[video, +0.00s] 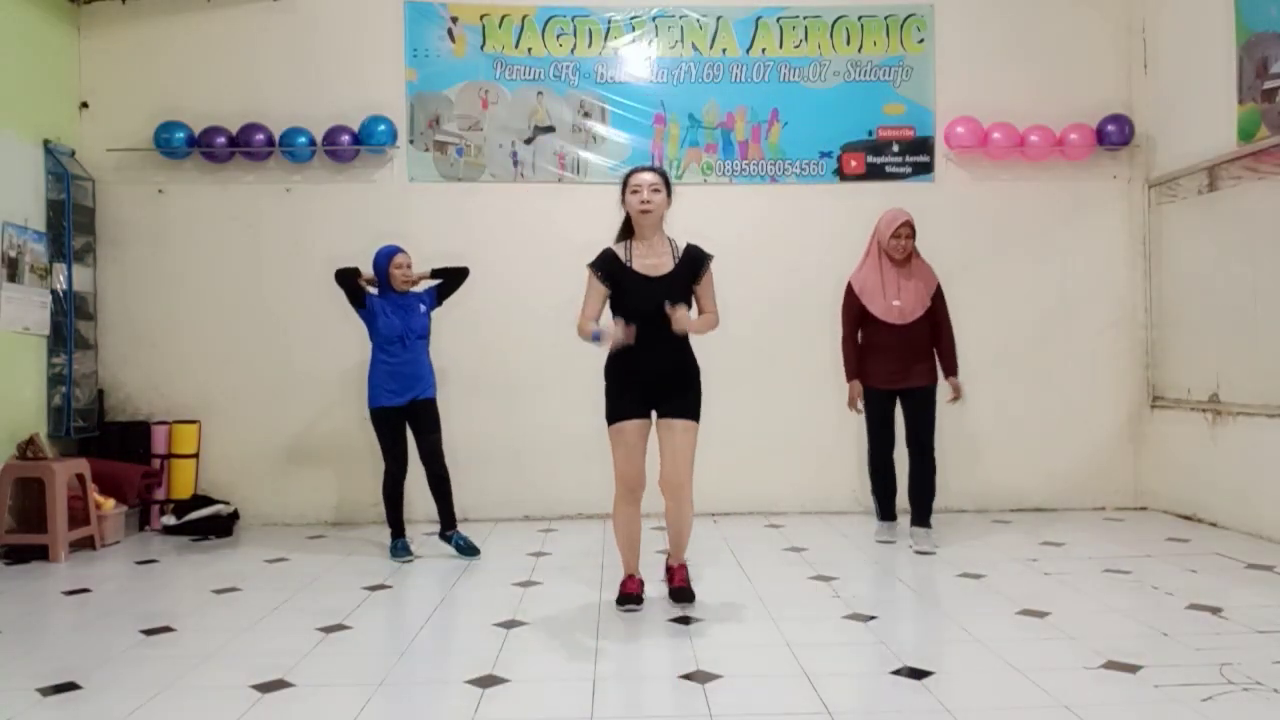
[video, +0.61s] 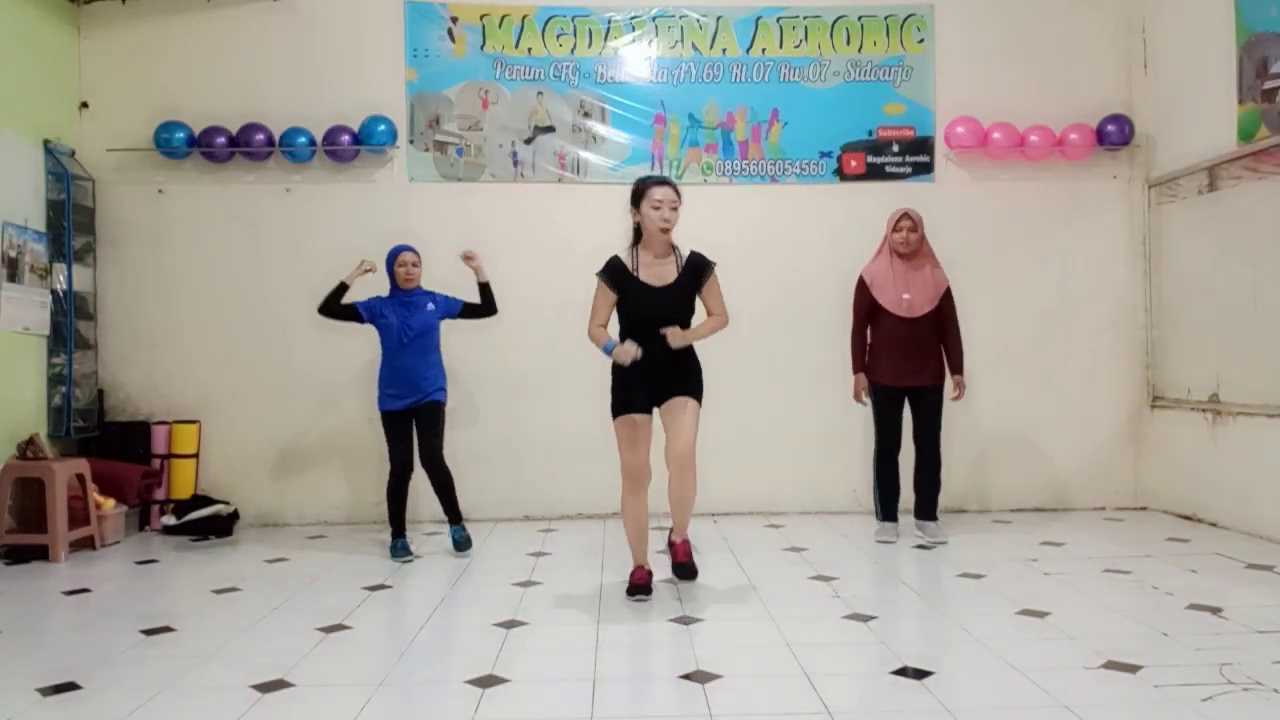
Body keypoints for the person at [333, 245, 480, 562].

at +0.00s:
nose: (407, 272)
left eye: (409, 266)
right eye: (399, 267)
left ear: (413, 272)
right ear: (384, 274)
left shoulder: (423, 301)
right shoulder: (371, 305)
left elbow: (461, 273)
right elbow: (343, 275)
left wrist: (423, 275)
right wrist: (364, 278)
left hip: (421, 394)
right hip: (385, 398)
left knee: (435, 461)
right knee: (396, 466)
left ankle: (449, 529)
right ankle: (398, 537)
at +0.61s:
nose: (409, 269)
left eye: (414, 265)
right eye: (402, 265)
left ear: (421, 270)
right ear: (391, 272)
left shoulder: (434, 302)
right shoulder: (380, 306)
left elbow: (488, 309)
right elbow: (327, 309)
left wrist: (479, 271)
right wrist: (351, 278)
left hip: (430, 393)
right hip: (394, 397)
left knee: (432, 459)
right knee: (400, 467)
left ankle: (457, 526)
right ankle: (398, 538)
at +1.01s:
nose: (431, 270)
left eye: (437, 265)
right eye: (424, 264)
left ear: (445, 271)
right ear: (415, 270)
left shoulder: (458, 304)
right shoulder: (403, 308)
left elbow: (488, 345)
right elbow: (391, 353)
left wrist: (505, 333)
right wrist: (391, 373)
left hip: (455, 394)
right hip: (419, 394)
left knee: (457, 461)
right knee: (431, 451)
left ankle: (459, 533)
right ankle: (415, 525)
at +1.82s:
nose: (447, 275)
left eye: (453, 269)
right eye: (441, 269)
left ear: (462, 272)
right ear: (432, 273)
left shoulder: (476, 304)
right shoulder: (421, 307)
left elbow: (494, 354)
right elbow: (407, 349)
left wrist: (485, 386)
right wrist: (417, 361)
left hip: (470, 392)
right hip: (436, 390)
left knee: (466, 459)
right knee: (444, 446)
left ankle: (466, 529)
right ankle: (441, 508)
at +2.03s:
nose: (452, 279)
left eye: (457, 273)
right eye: (446, 273)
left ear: (466, 275)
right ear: (436, 275)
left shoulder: (479, 306)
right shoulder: (423, 309)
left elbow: (495, 347)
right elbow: (409, 359)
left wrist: (497, 374)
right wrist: (434, 350)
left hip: (471, 393)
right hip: (435, 396)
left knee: (469, 456)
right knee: (440, 462)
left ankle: (469, 517)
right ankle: (439, 532)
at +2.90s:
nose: (465, 277)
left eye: (471, 272)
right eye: (460, 272)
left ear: (480, 274)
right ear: (451, 276)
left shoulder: (493, 302)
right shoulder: (440, 304)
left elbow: (492, 335)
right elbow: (437, 340)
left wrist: (473, 298)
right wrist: (455, 299)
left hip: (483, 394)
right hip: (450, 395)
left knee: (481, 457)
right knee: (456, 460)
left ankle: (485, 518)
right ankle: (459, 526)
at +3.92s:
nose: (473, 270)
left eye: (479, 267)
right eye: (467, 267)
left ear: (487, 274)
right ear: (458, 274)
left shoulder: (498, 303)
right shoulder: (453, 305)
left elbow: (502, 309)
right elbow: (438, 316)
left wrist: (472, 287)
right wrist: (444, 304)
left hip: (491, 392)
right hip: (458, 391)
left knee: (488, 457)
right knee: (461, 453)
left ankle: (486, 524)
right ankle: (457, 511)